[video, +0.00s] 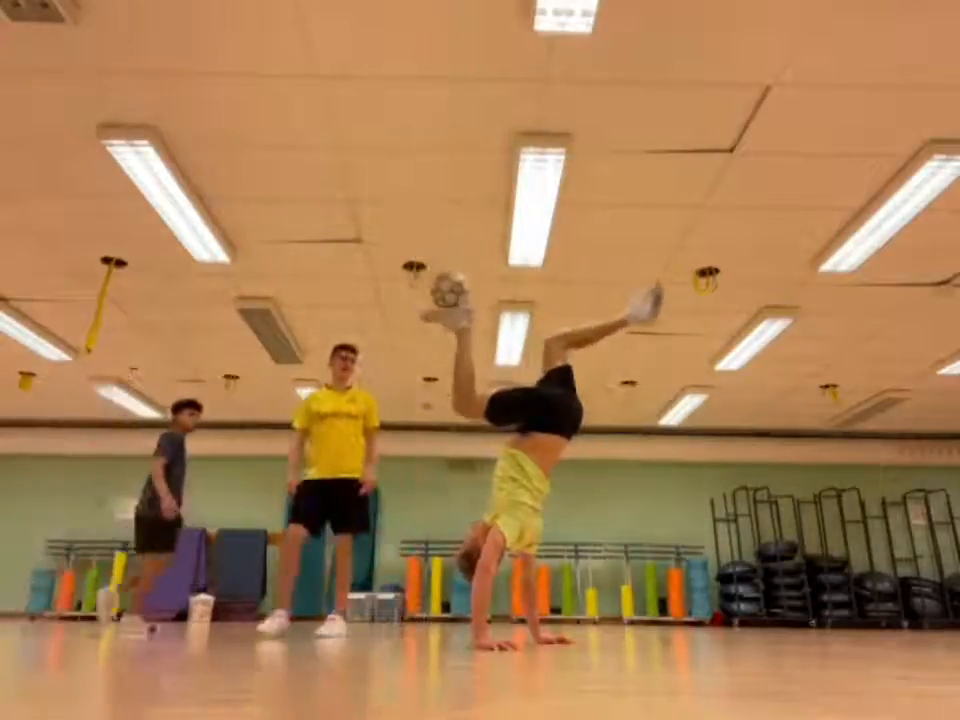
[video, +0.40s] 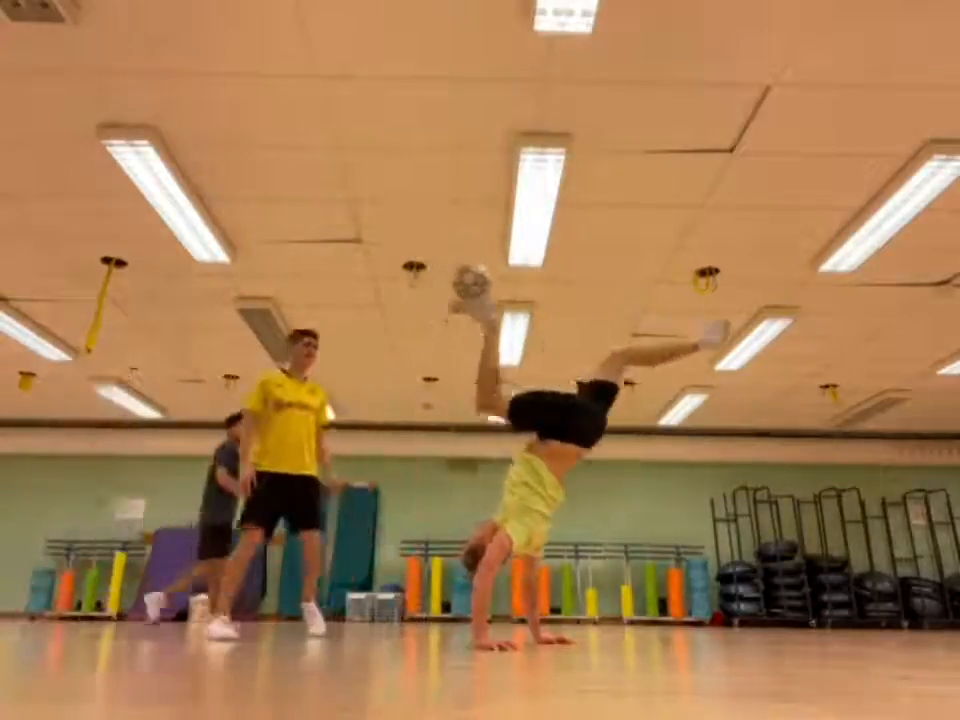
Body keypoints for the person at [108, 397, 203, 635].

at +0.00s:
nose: (193, 421)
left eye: (196, 416)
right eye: (189, 415)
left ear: (194, 420)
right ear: (176, 416)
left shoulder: (177, 441)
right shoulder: (170, 438)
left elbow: (167, 473)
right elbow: (157, 467)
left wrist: (173, 500)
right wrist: (166, 497)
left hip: (164, 509)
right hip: (154, 509)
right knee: (154, 563)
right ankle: (137, 613)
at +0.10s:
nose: (205, 422)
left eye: (207, 417)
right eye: (201, 416)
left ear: (204, 420)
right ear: (189, 416)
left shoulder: (191, 442)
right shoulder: (183, 438)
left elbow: (183, 472)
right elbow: (173, 466)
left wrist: (195, 493)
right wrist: (194, 488)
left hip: (180, 506)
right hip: (169, 506)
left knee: (176, 558)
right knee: (164, 559)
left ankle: (164, 609)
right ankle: (140, 610)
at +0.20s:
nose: (218, 427)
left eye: (220, 423)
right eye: (215, 421)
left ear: (210, 423)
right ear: (204, 421)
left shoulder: (202, 445)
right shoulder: (198, 444)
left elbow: (194, 473)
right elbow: (190, 472)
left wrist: (208, 485)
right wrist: (209, 483)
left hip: (186, 513)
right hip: (184, 514)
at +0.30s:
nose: (231, 431)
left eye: (233, 427)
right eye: (228, 426)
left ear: (231, 430)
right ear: (216, 427)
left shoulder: (218, 451)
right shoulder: (212, 449)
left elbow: (211, 478)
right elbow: (206, 474)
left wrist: (227, 486)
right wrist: (225, 485)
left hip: (204, 518)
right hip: (197, 518)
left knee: (209, 567)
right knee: (189, 563)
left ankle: (213, 615)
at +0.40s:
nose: (246, 431)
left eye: (246, 426)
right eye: (242, 426)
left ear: (238, 428)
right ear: (233, 428)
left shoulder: (236, 451)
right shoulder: (227, 449)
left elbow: (230, 478)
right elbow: (222, 476)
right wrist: (241, 491)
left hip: (223, 517)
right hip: (214, 516)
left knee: (218, 566)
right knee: (209, 566)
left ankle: (214, 613)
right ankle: (162, 597)